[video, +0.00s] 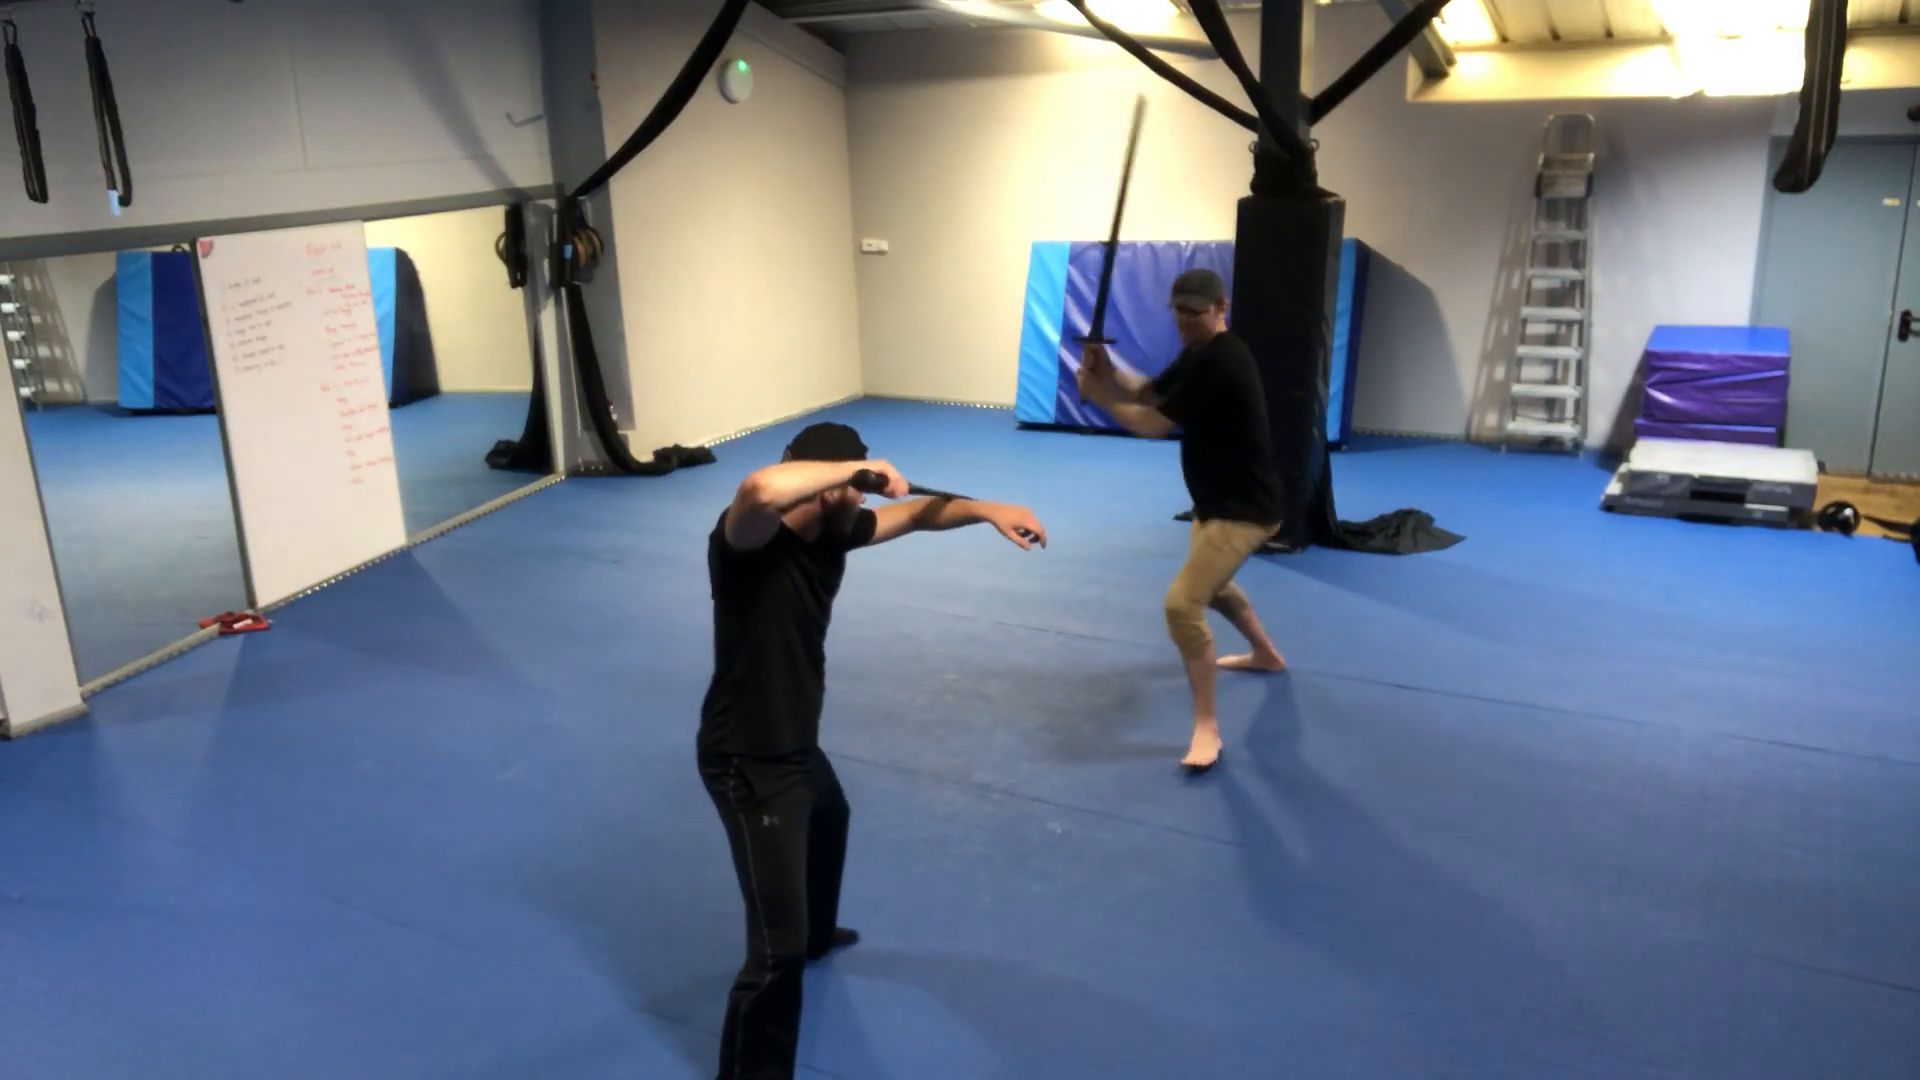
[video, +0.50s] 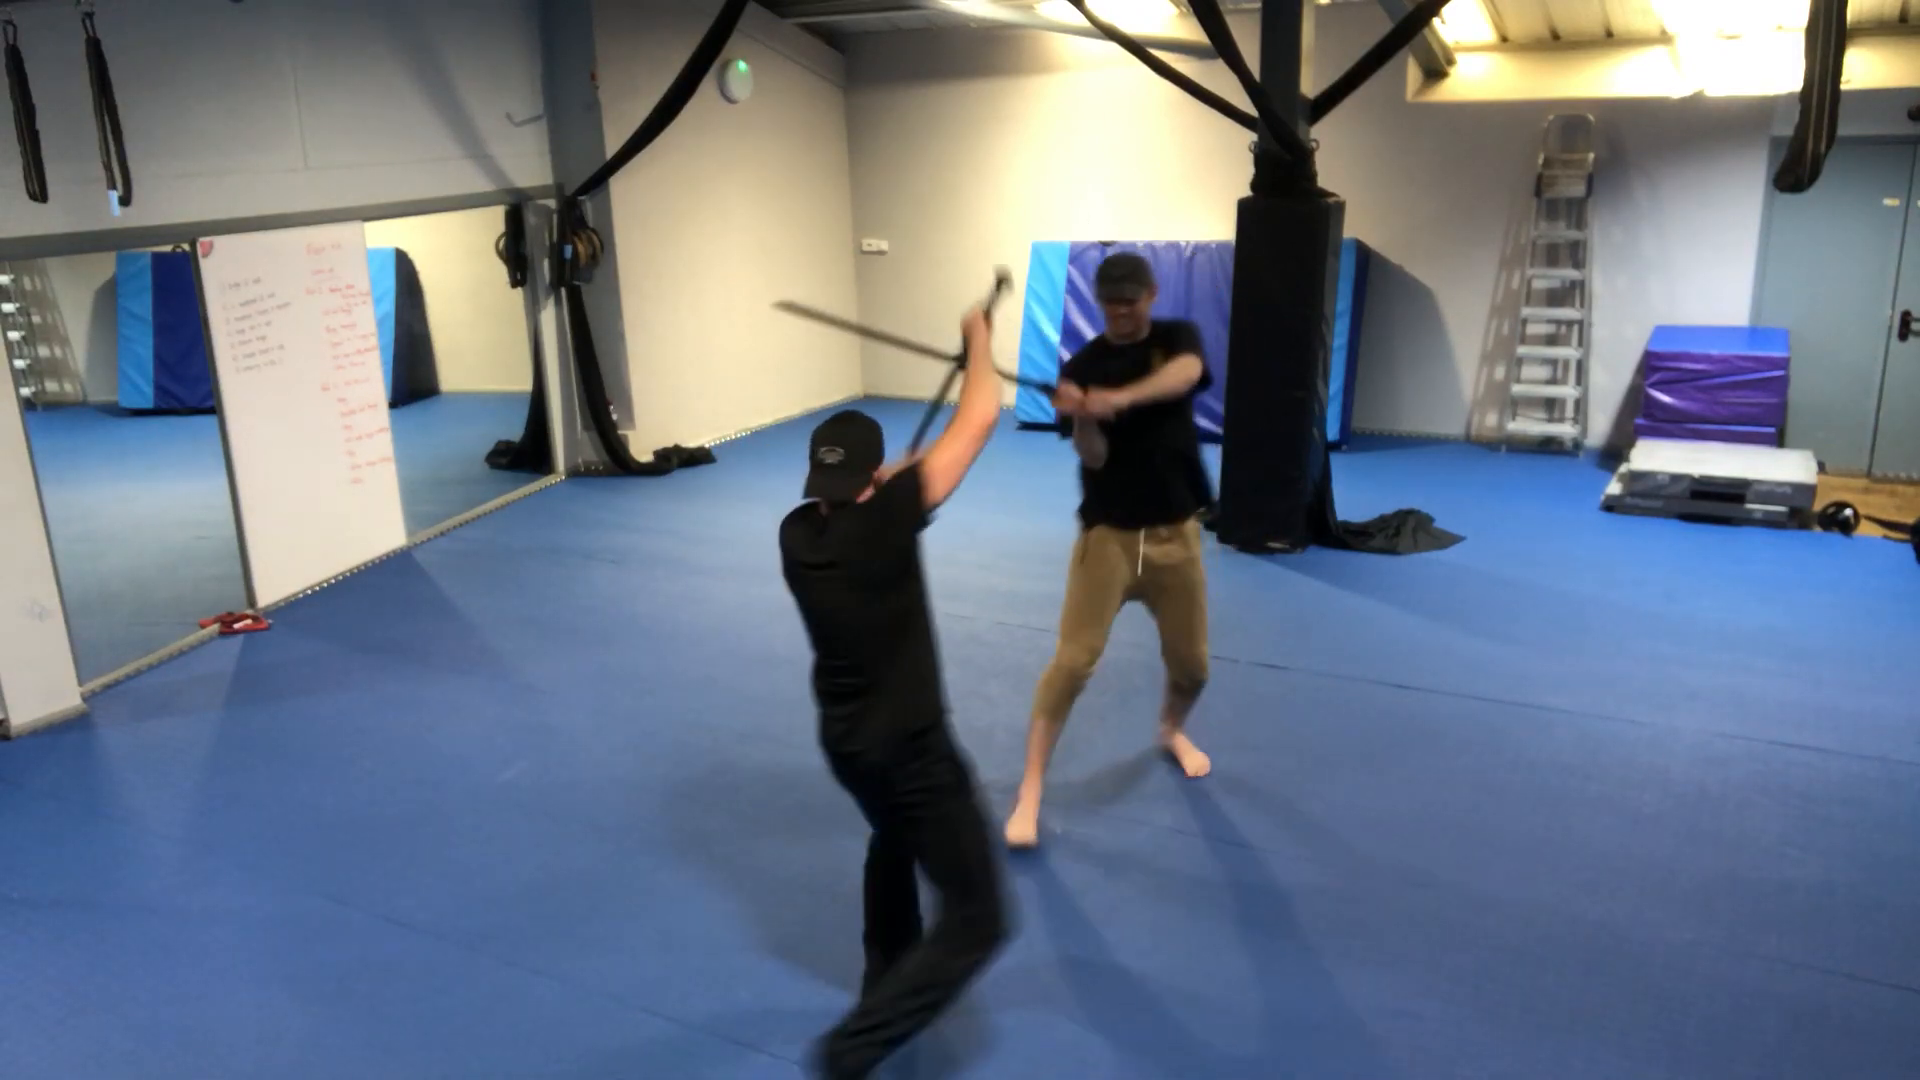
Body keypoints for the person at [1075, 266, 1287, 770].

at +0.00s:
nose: (1181, 323)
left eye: (1191, 314)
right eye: (1178, 314)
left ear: (1219, 312)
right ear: (1177, 312)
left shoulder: (1222, 361)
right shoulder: (1198, 353)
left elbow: (1157, 424)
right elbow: (1146, 393)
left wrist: (1103, 398)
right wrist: (1107, 367)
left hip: (1247, 510)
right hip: (1215, 503)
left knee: (1182, 607)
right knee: (1210, 584)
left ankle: (1205, 726)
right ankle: (1264, 652)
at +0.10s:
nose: (1187, 316)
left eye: (1197, 307)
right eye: (1180, 307)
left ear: (1221, 306)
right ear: (1172, 308)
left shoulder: (1235, 353)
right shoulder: (1178, 357)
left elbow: (1165, 400)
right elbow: (1143, 410)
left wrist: (1098, 387)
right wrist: (1100, 376)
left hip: (1235, 513)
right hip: (1188, 507)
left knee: (1179, 619)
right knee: (1216, 592)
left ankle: (1204, 730)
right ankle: (1261, 647)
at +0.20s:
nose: (1181, 312)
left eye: (1192, 303)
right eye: (1174, 302)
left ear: (1215, 301)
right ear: (1164, 302)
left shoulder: (1238, 338)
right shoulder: (1158, 356)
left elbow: (1179, 359)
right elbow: (1115, 436)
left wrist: (1097, 358)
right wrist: (1087, 372)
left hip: (1223, 510)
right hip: (1168, 507)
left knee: (1181, 635)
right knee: (1163, 625)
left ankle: (1206, 734)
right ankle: (1229, 630)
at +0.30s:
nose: (1169, 309)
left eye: (1178, 298)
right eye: (1159, 299)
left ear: (1199, 293)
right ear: (1146, 297)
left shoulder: (1225, 329)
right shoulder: (1133, 357)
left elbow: (1193, 344)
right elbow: (1114, 433)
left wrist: (1097, 345)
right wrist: (1084, 367)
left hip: (1213, 508)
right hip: (1149, 507)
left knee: (1190, 646)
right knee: (1122, 637)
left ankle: (1208, 732)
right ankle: (1173, 675)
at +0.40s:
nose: (1147, 306)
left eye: (1156, 295)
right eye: (1137, 296)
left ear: (1176, 290)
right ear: (1124, 295)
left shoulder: (1201, 325)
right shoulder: (1110, 352)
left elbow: (1196, 349)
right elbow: (1111, 442)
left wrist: (1105, 364)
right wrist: (1082, 381)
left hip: (1194, 518)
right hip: (1126, 518)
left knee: (1194, 653)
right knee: (1091, 645)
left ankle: (1205, 735)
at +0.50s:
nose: (1124, 316)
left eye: (1133, 305)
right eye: (1113, 306)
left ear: (1151, 299)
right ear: (1099, 304)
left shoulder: (1177, 339)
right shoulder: (1084, 366)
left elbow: (1187, 376)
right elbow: (1093, 457)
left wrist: (1113, 399)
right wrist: (1083, 415)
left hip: (1176, 534)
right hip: (1106, 536)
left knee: (1192, 666)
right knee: (1073, 663)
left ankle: (1171, 731)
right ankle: (1030, 788)